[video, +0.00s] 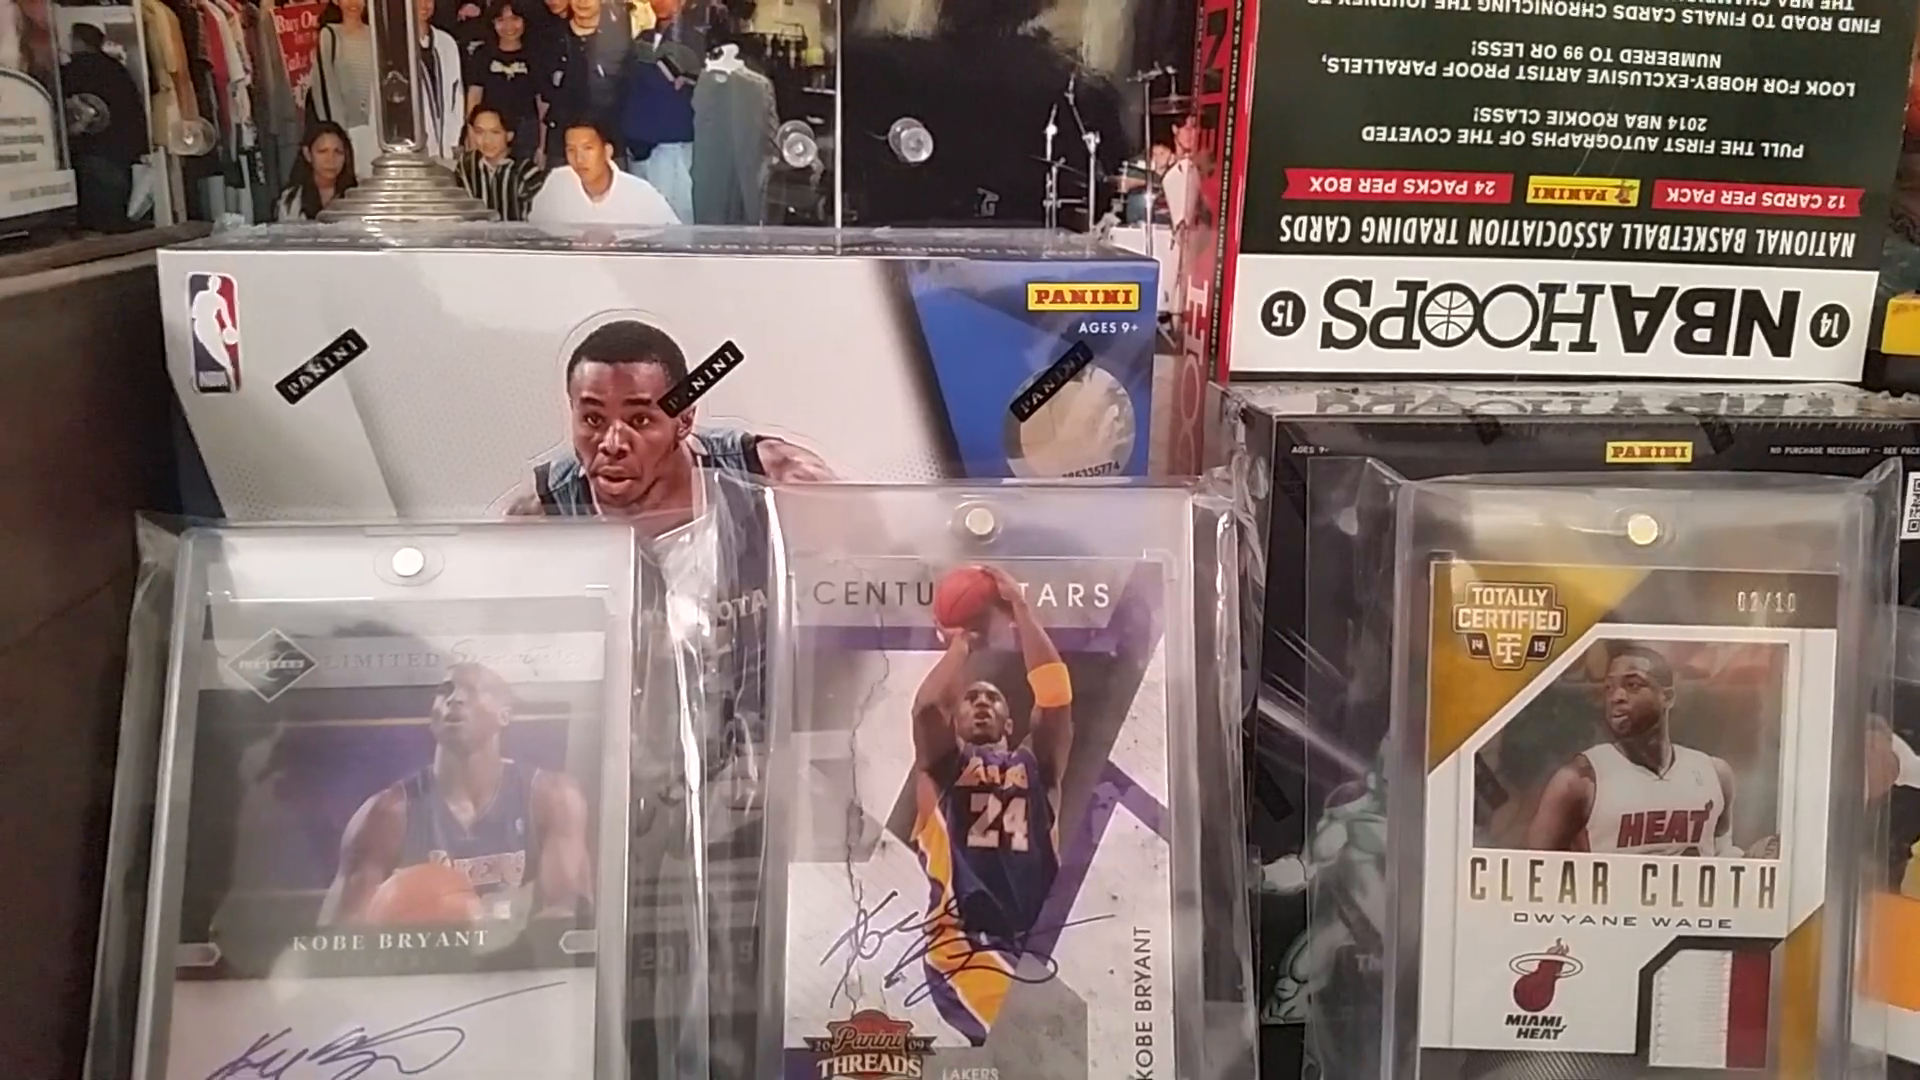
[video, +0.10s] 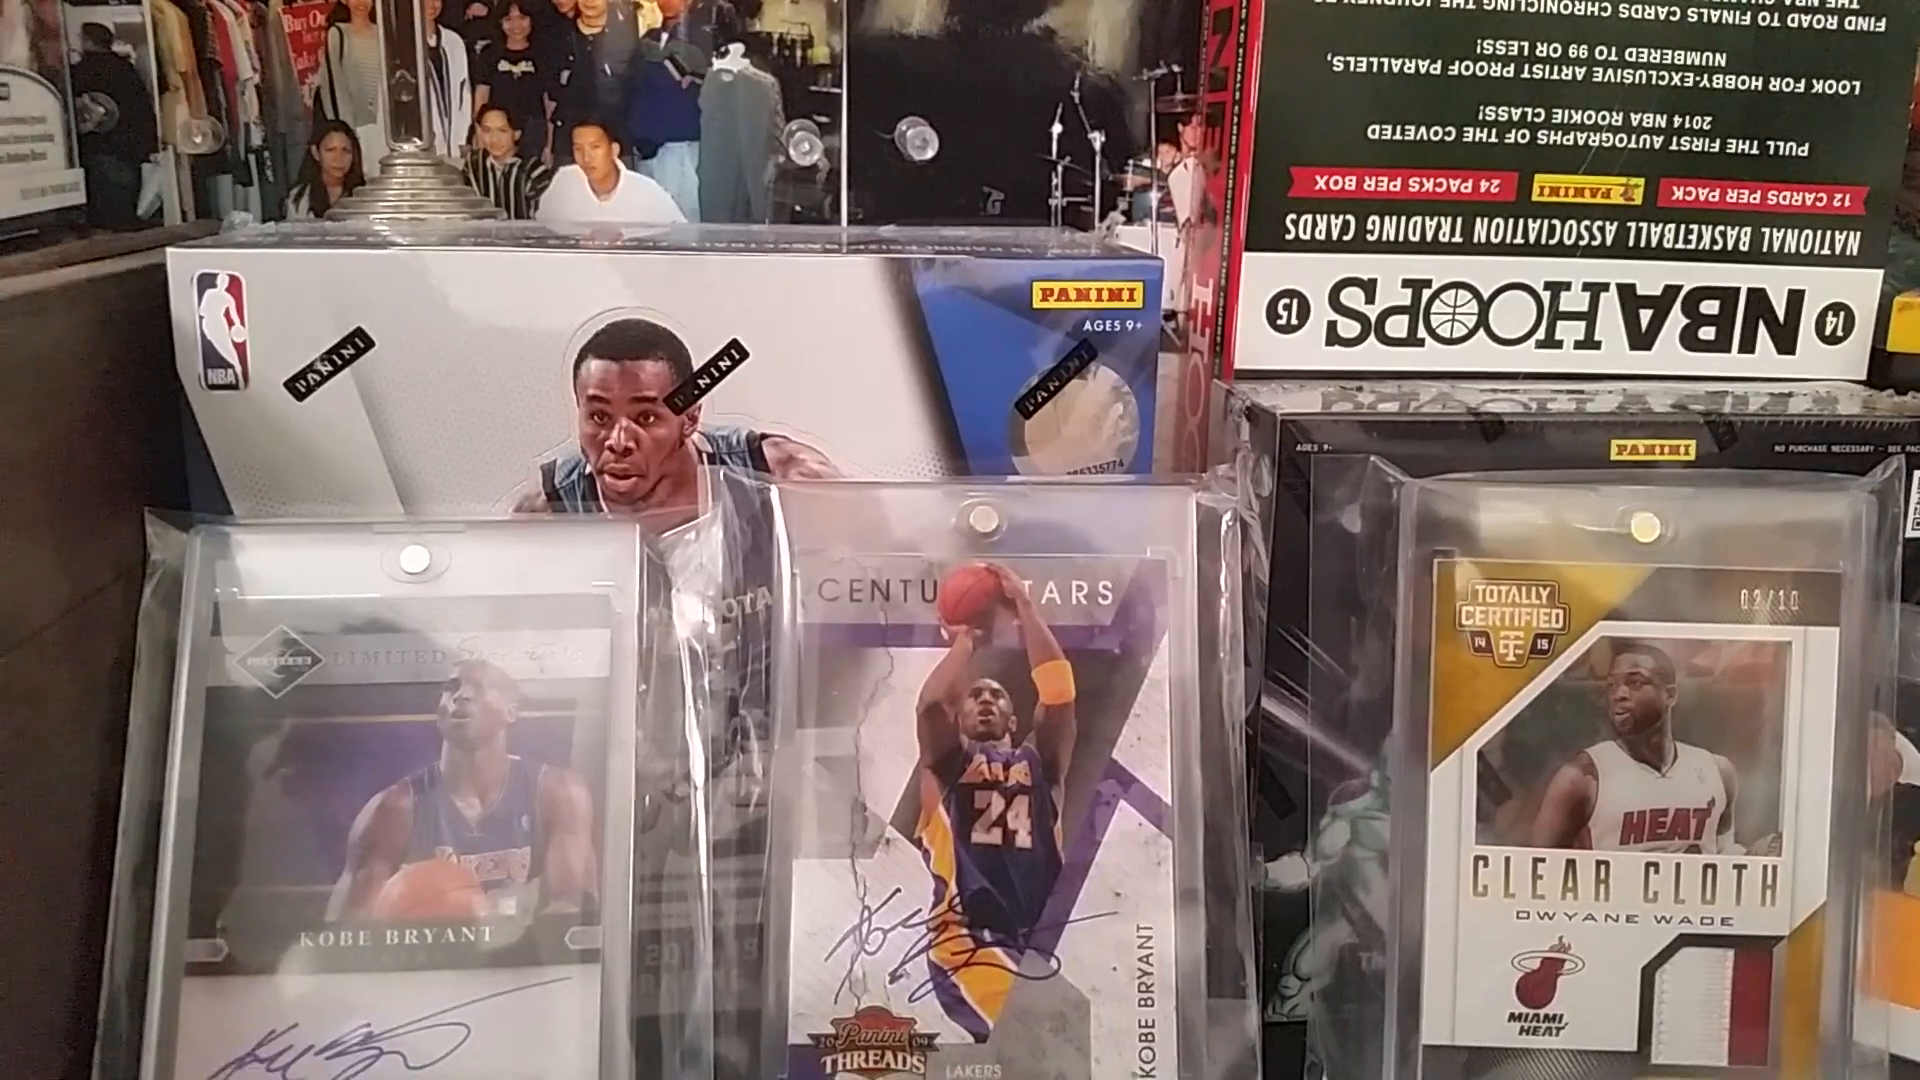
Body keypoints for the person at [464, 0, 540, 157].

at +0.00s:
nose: (509, 26)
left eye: (515, 18)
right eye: (501, 20)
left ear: (524, 22)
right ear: (494, 25)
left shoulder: (534, 56)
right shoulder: (483, 55)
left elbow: (542, 103)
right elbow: (474, 96)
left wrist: (542, 146)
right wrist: (471, 135)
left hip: (525, 130)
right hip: (491, 131)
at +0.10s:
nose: (516, 24)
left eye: (522, 17)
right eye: (508, 19)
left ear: (531, 21)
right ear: (501, 24)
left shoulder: (541, 54)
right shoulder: (491, 53)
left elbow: (549, 101)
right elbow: (482, 94)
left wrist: (549, 145)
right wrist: (479, 133)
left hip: (533, 128)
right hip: (499, 129)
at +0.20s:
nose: (525, 22)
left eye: (530, 16)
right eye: (518, 17)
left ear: (538, 21)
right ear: (511, 22)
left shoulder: (549, 53)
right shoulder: (498, 51)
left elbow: (557, 99)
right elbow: (489, 91)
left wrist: (556, 143)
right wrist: (486, 130)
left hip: (540, 127)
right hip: (506, 127)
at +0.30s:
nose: (535, 24)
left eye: (540, 17)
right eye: (529, 18)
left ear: (548, 23)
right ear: (522, 23)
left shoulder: (558, 54)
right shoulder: (508, 53)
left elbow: (566, 101)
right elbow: (499, 94)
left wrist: (566, 144)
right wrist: (496, 132)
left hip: (550, 129)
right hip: (515, 130)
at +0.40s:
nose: (542, 25)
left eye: (542, 20)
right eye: (536, 20)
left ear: (545, 25)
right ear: (521, 26)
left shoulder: (557, 56)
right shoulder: (507, 55)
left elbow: (565, 103)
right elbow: (498, 96)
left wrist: (564, 145)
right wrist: (495, 134)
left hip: (548, 131)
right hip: (514, 132)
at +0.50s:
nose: (500, 31)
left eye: (507, 25)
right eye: (497, 25)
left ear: (520, 29)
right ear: (491, 30)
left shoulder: (531, 63)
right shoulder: (480, 61)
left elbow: (538, 108)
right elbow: (472, 100)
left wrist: (538, 148)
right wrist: (465, 140)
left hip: (520, 135)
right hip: (485, 137)